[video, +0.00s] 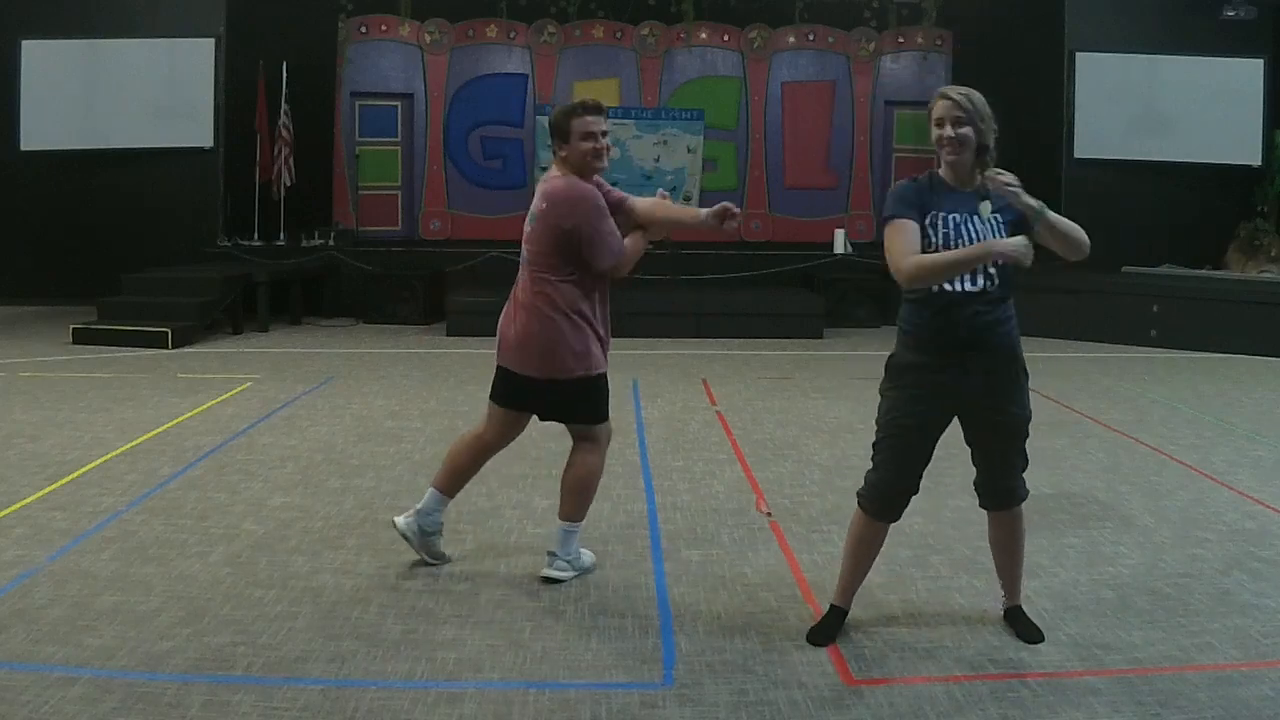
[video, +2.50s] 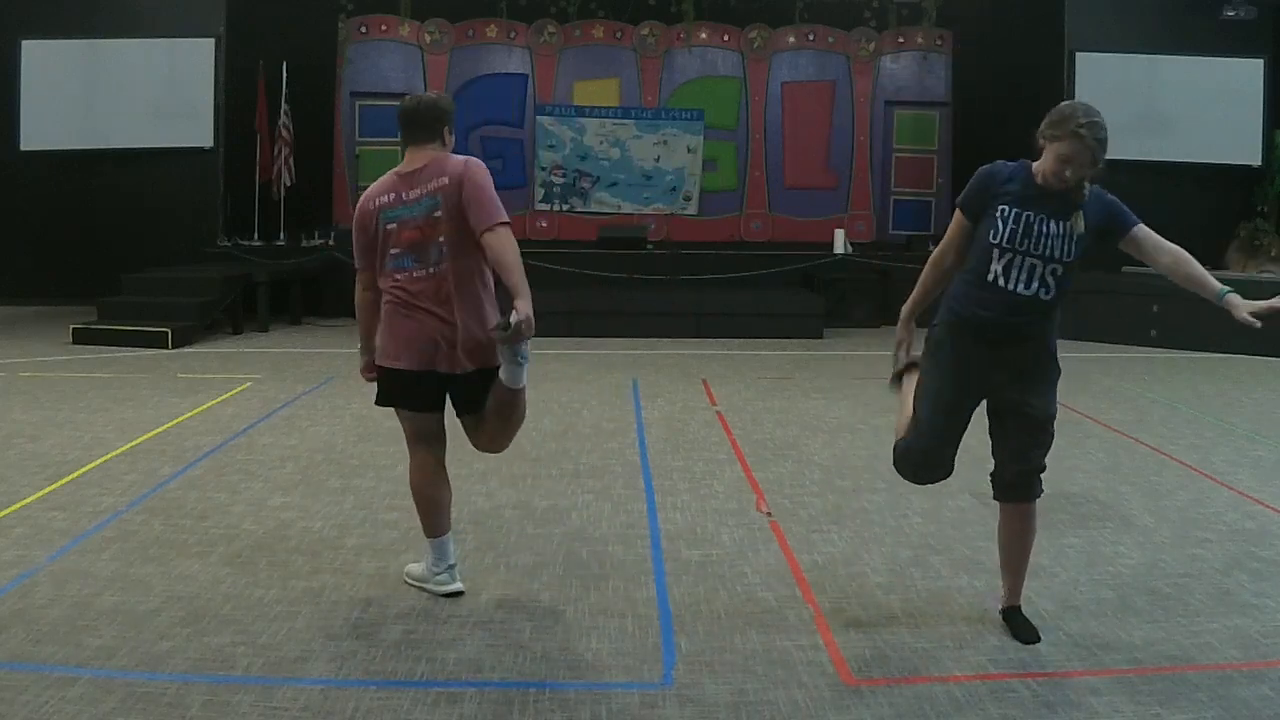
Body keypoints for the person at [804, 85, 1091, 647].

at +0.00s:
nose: (949, 132)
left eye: (961, 123)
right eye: (940, 124)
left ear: (983, 133)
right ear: (930, 134)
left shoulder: (1005, 198)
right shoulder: (909, 194)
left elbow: (1078, 248)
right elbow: (906, 269)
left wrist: (1027, 204)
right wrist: (991, 249)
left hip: (995, 368)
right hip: (921, 366)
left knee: (1004, 491)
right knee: (885, 490)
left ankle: (1013, 604)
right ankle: (839, 605)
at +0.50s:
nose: (892, 136)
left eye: (903, 126)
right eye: (885, 129)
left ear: (930, 130)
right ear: (880, 138)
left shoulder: (962, 175)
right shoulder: (872, 206)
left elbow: (895, 211)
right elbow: (868, 280)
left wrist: (798, 220)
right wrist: (896, 223)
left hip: (972, 360)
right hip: (899, 363)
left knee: (993, 486)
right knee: (875, 487)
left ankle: (1014, 602)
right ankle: (838, 604)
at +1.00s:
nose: (892, 147)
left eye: (900, 135)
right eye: (884, 140)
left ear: (928, 135)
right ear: (882, 148)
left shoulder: (972, 182)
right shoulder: (877, 214)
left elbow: (909, 227)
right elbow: (867, 299)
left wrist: (825, 237)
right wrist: (892, 257)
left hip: (968, 363)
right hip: (897, 364)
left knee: (994, 493)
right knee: (869, 489)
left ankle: (1009, 603)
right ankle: (837, 605)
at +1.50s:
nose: (1028, 150)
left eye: (1037, 139)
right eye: (1017, 139)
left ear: (1051, 136)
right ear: (997, 135)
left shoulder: (1076, 182)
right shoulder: (971, 193)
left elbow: (1143, 231)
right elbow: (927, 266)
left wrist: (1209, 282)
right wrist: (875, 330)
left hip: (1037, 355)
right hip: (972, 343)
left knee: (1028, 486)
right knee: (922, 453)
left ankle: (1013, 606)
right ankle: (865, 411)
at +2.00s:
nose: (1083, 160)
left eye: (1092, 151)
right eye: (1074, 147)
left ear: (1100, 147)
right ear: (1047, 135)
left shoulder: (1109, 195)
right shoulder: (1007, 183)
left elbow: (1182, 232)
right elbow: (957, 253)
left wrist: (1254, 267)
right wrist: (915, 310)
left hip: (1048, 357)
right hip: (985, 343)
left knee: (1030, 484)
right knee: (922, 456)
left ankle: (1012, 605)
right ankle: (921, 345)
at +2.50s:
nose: (1069, 178)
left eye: (1081, 171)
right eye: (1063, 164)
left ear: (1093, 166)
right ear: (1042, 143)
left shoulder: (1097, 207)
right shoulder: (993, 181)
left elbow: (1162, 253)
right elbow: (946, 255)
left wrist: (1230, 299)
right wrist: (907, 316)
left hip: (1028, 354)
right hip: (959, 342)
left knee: (1019, 482)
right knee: (920, 467)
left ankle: (1011, 604)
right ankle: (911, 377)